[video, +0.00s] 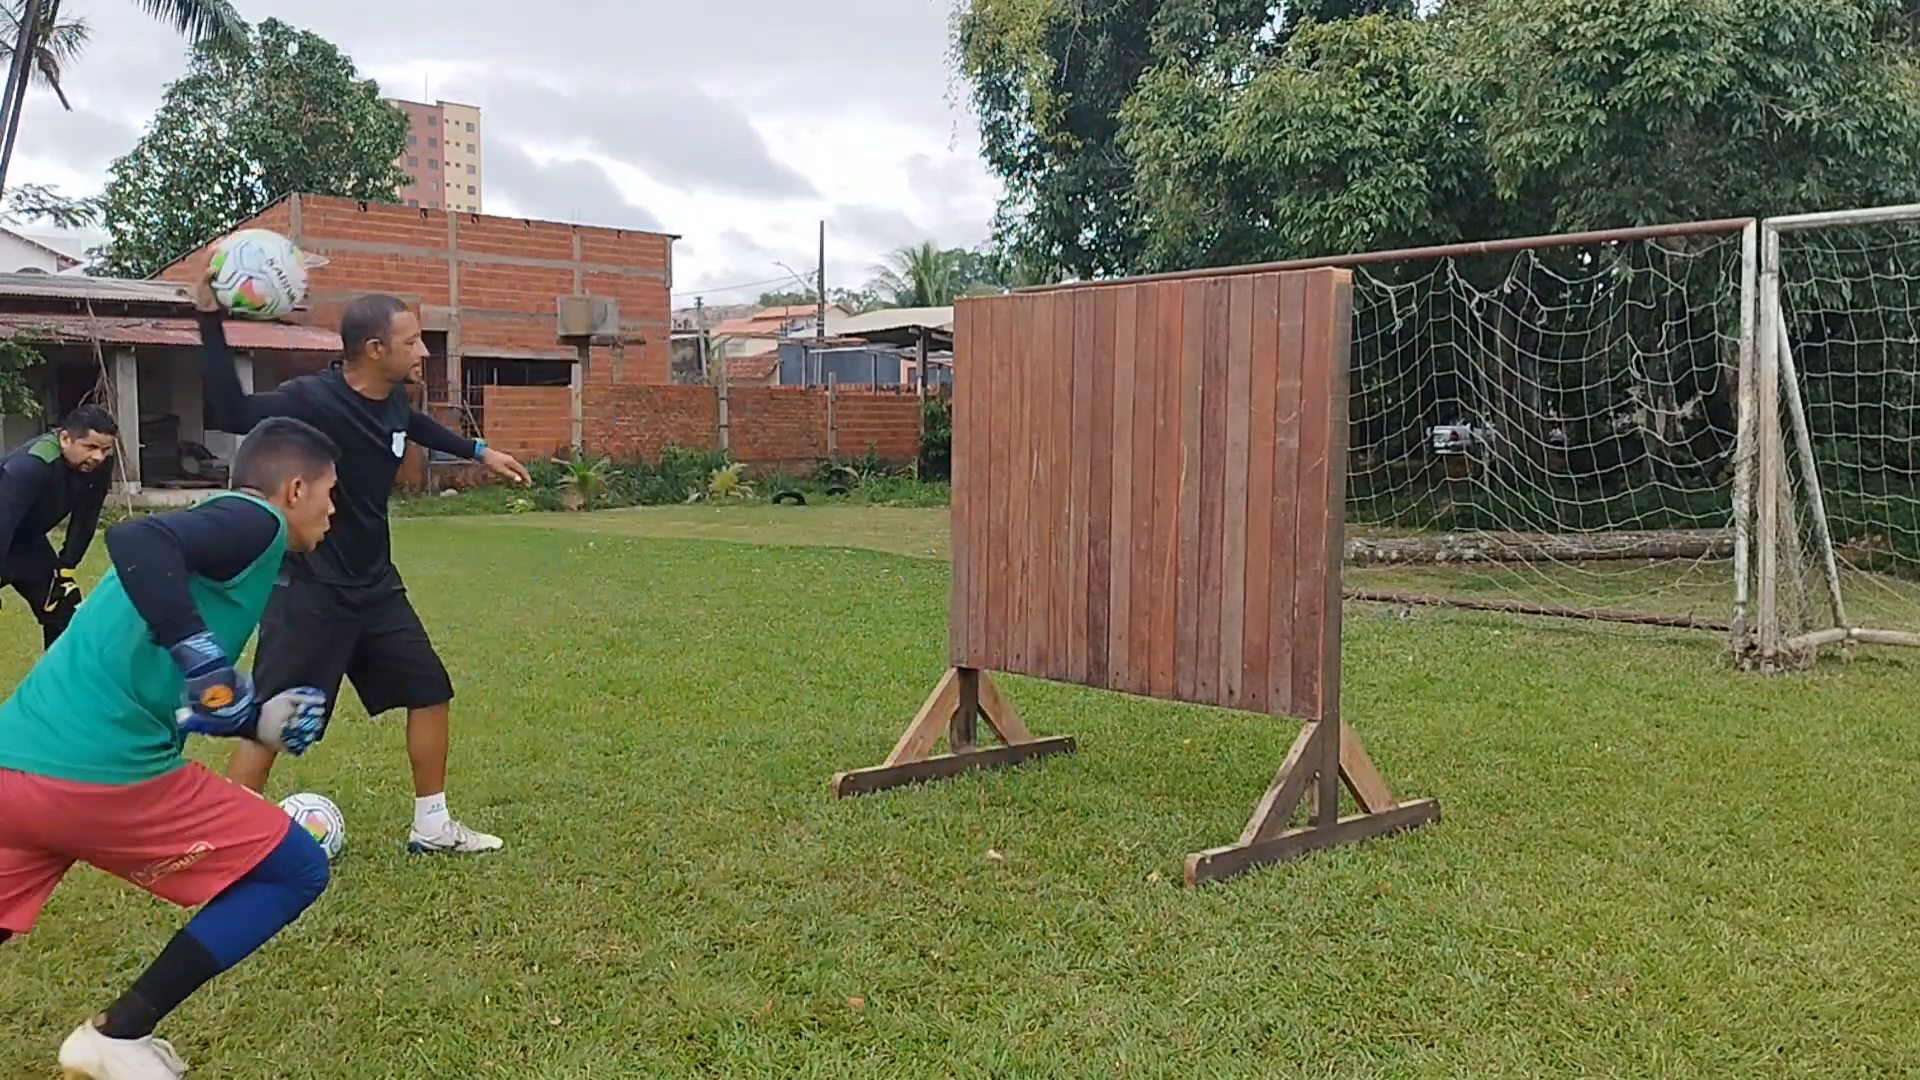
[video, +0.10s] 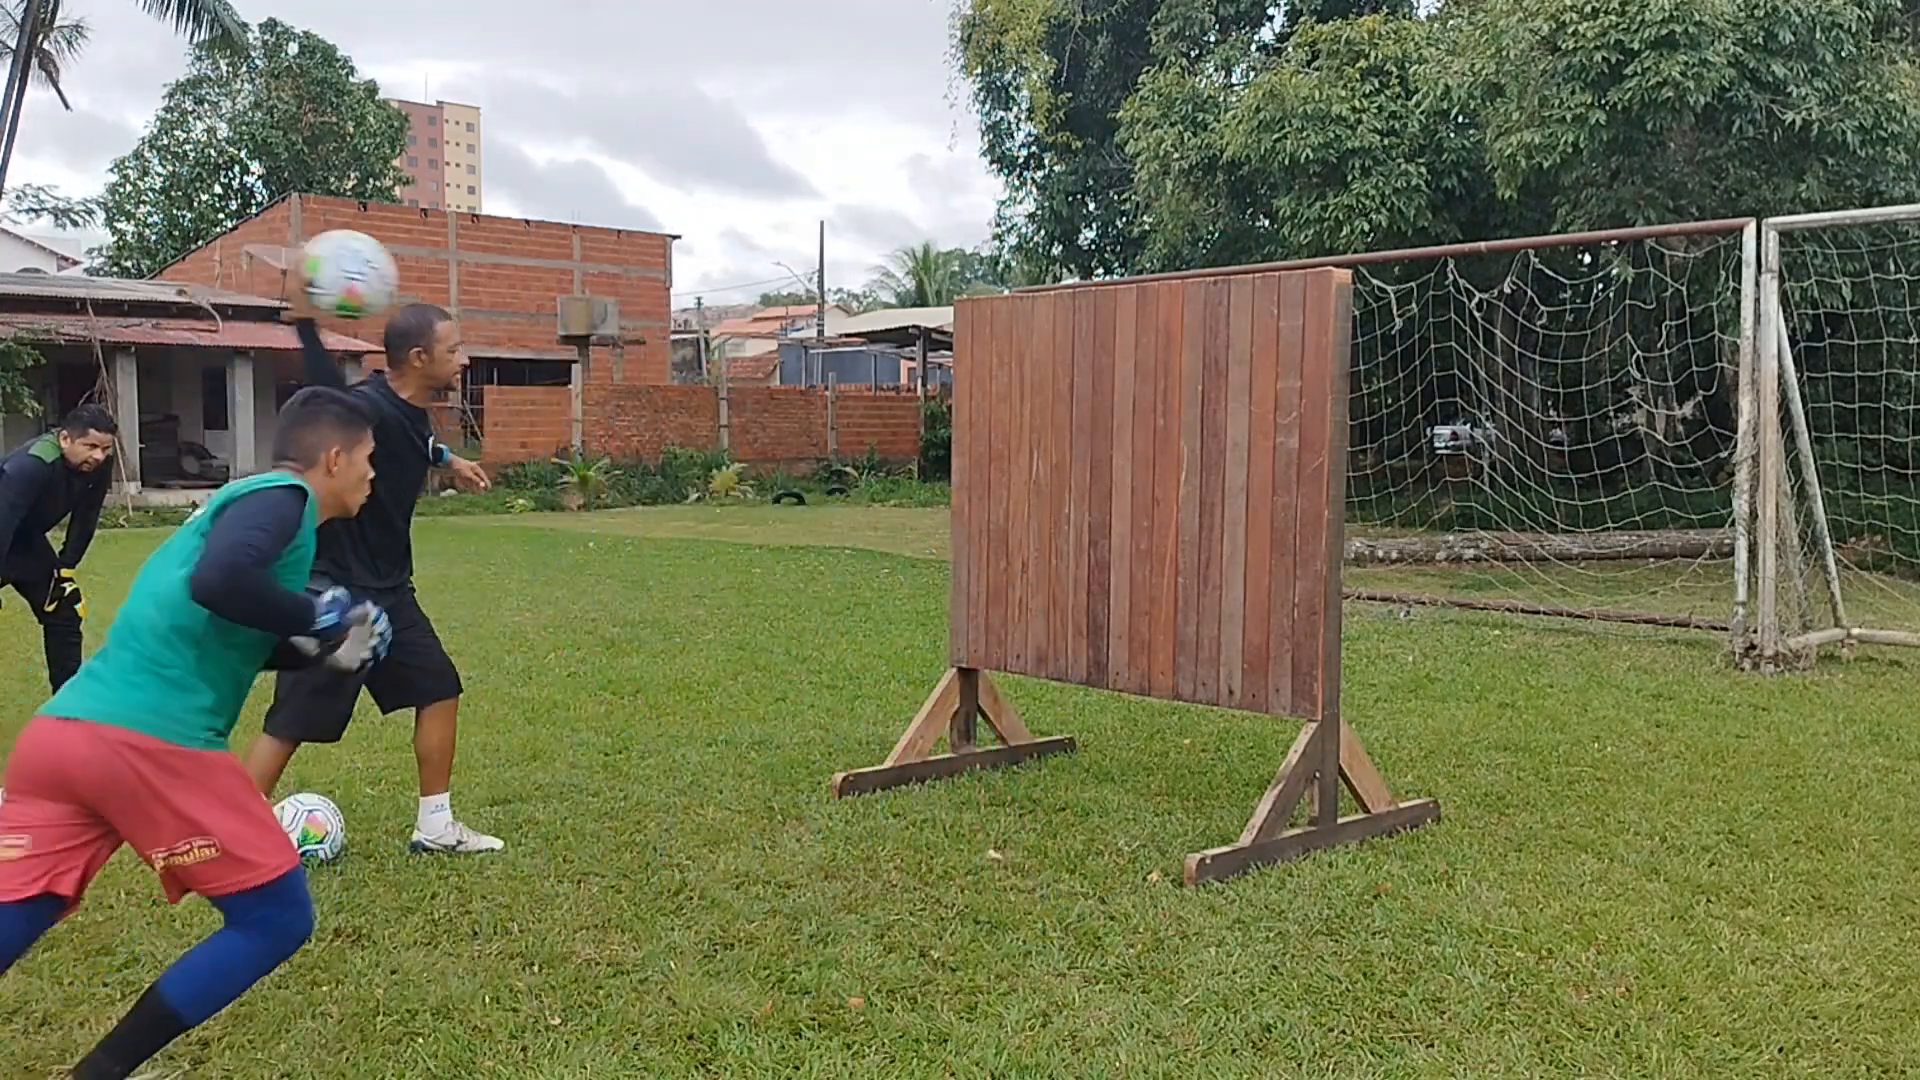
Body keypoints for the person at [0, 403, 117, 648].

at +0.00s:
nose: (98, 457)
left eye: (105, 450)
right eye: (91, 447)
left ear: (111, 448)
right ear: (65, 439)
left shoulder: (100, 465)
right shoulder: (31, 466)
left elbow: (85, 520)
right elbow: (4, 528)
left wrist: (67, 569)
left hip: (25, 537)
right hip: (2, 534)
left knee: (63, 607)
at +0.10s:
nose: (98, 456)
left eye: (105, 449)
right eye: (91, 446)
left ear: (111, 448)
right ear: (65, 439)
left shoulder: (98, 463)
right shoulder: (31, 466)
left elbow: (85, 518)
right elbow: (5, 526)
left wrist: (66, 567)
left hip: (24, 538)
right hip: (3, 537)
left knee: (63, 612)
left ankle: (69, 708)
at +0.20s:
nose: (99, 456)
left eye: (106, 448)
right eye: (92, 446)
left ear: (112, 448)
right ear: (66, 439)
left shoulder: (98, 466)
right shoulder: (30, 467)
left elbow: (84, 521)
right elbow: (7, 527)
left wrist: (66, 570)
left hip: (23, 539)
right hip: (3, 540)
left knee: (63, 611)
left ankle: (70, 708)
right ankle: (68, 708)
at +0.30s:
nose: (100, 455)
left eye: (106, 448)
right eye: (92, 446)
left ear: (112, 447)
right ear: (66, 439)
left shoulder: (97, 466)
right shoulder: (29, 468)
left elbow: (84, 521)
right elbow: (6, 529)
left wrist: (66, 569)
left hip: (23, 539)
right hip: (2, 540)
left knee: (62, 610)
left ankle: (70, 710)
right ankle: (68, 709)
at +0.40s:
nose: (101, 455)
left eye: (107, 448)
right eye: (93, 445)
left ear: (113, 447)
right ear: (66, 439)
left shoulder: (96, 467)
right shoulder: (31, 467)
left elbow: (84, 520)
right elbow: (7, 527)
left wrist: (66, 570)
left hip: (23, 539)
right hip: (3, 540)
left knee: (62, 610)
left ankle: (70, 710)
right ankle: (69, 710)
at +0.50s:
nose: (101, 455)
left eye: (108, 447)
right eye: (94, 445)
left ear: (113, 446)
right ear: (67, 438)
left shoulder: (96, 467)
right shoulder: (31, 467)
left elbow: (84, 520)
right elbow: (6, 526)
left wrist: (66, 569)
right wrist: (9, 573)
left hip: (23, 539)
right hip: (2, 540)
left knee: (62, 608)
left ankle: (70, 710)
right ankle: (69, 709)